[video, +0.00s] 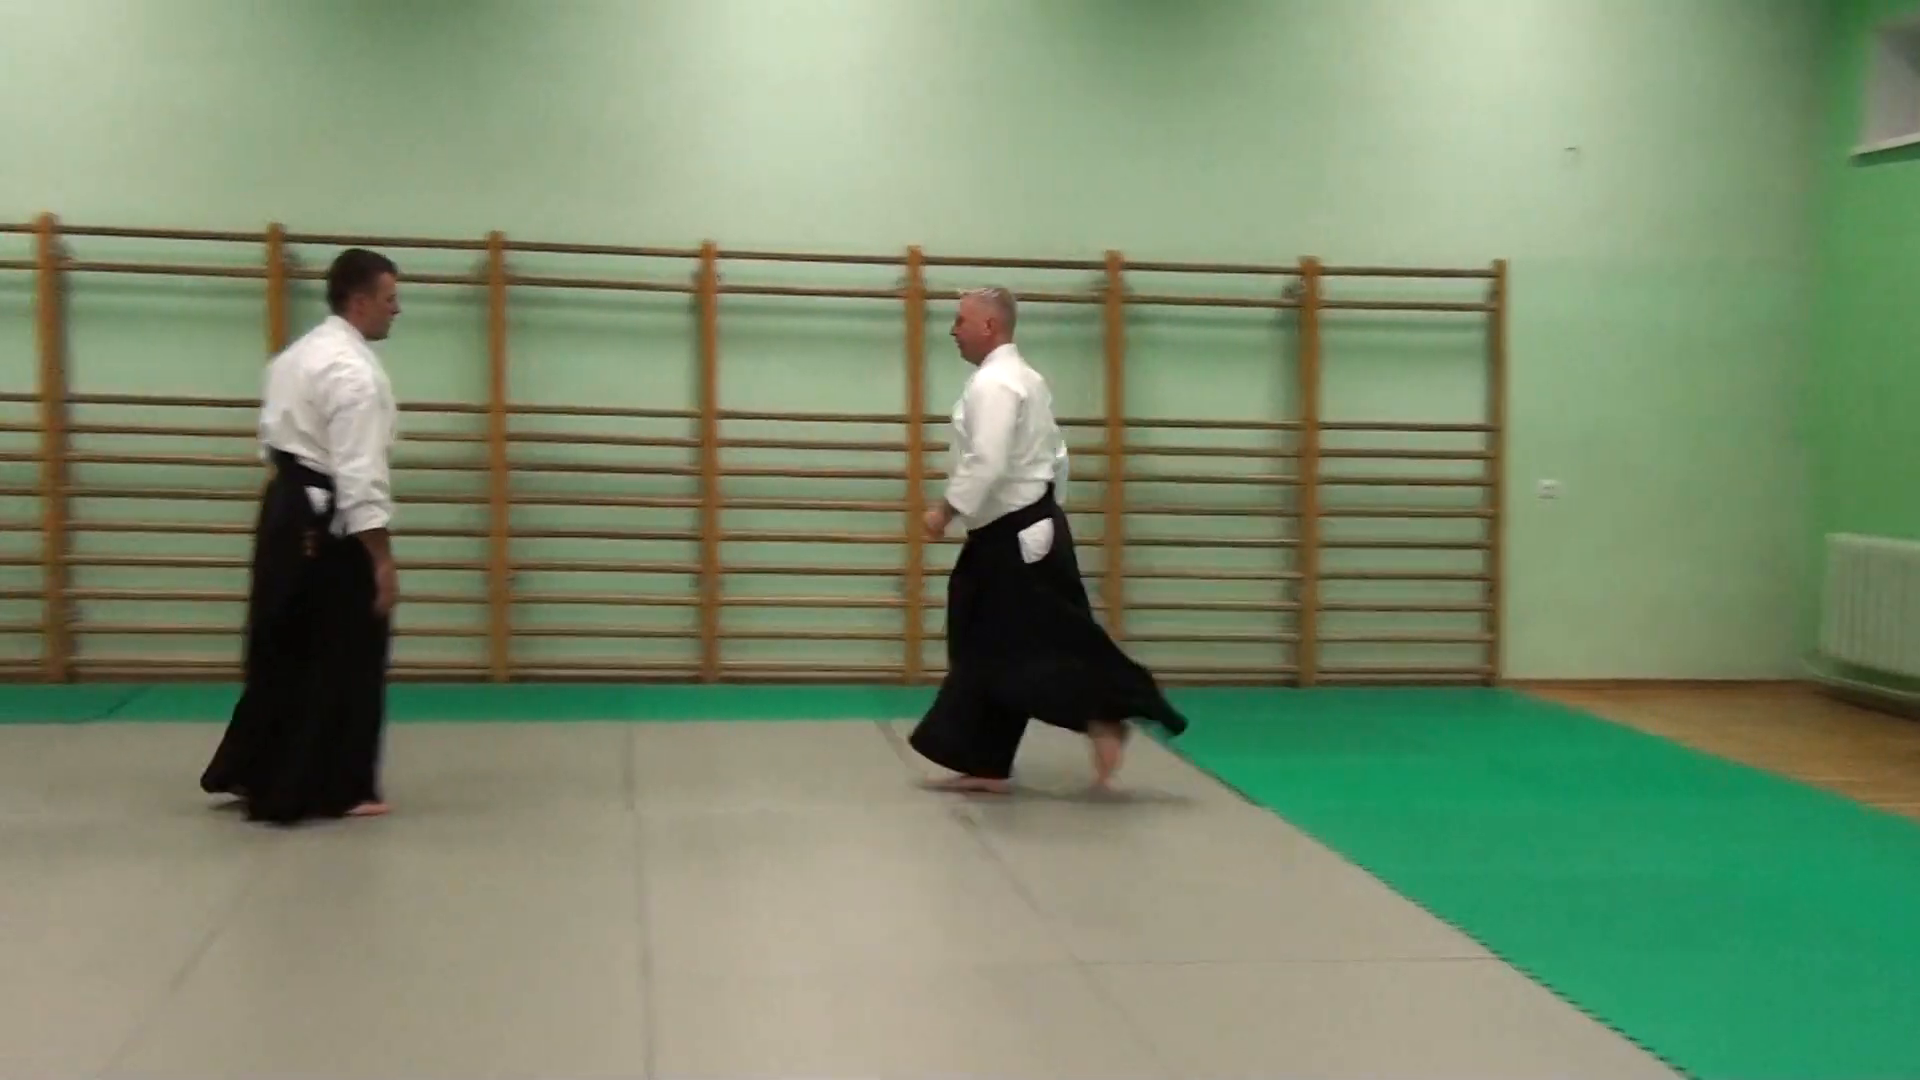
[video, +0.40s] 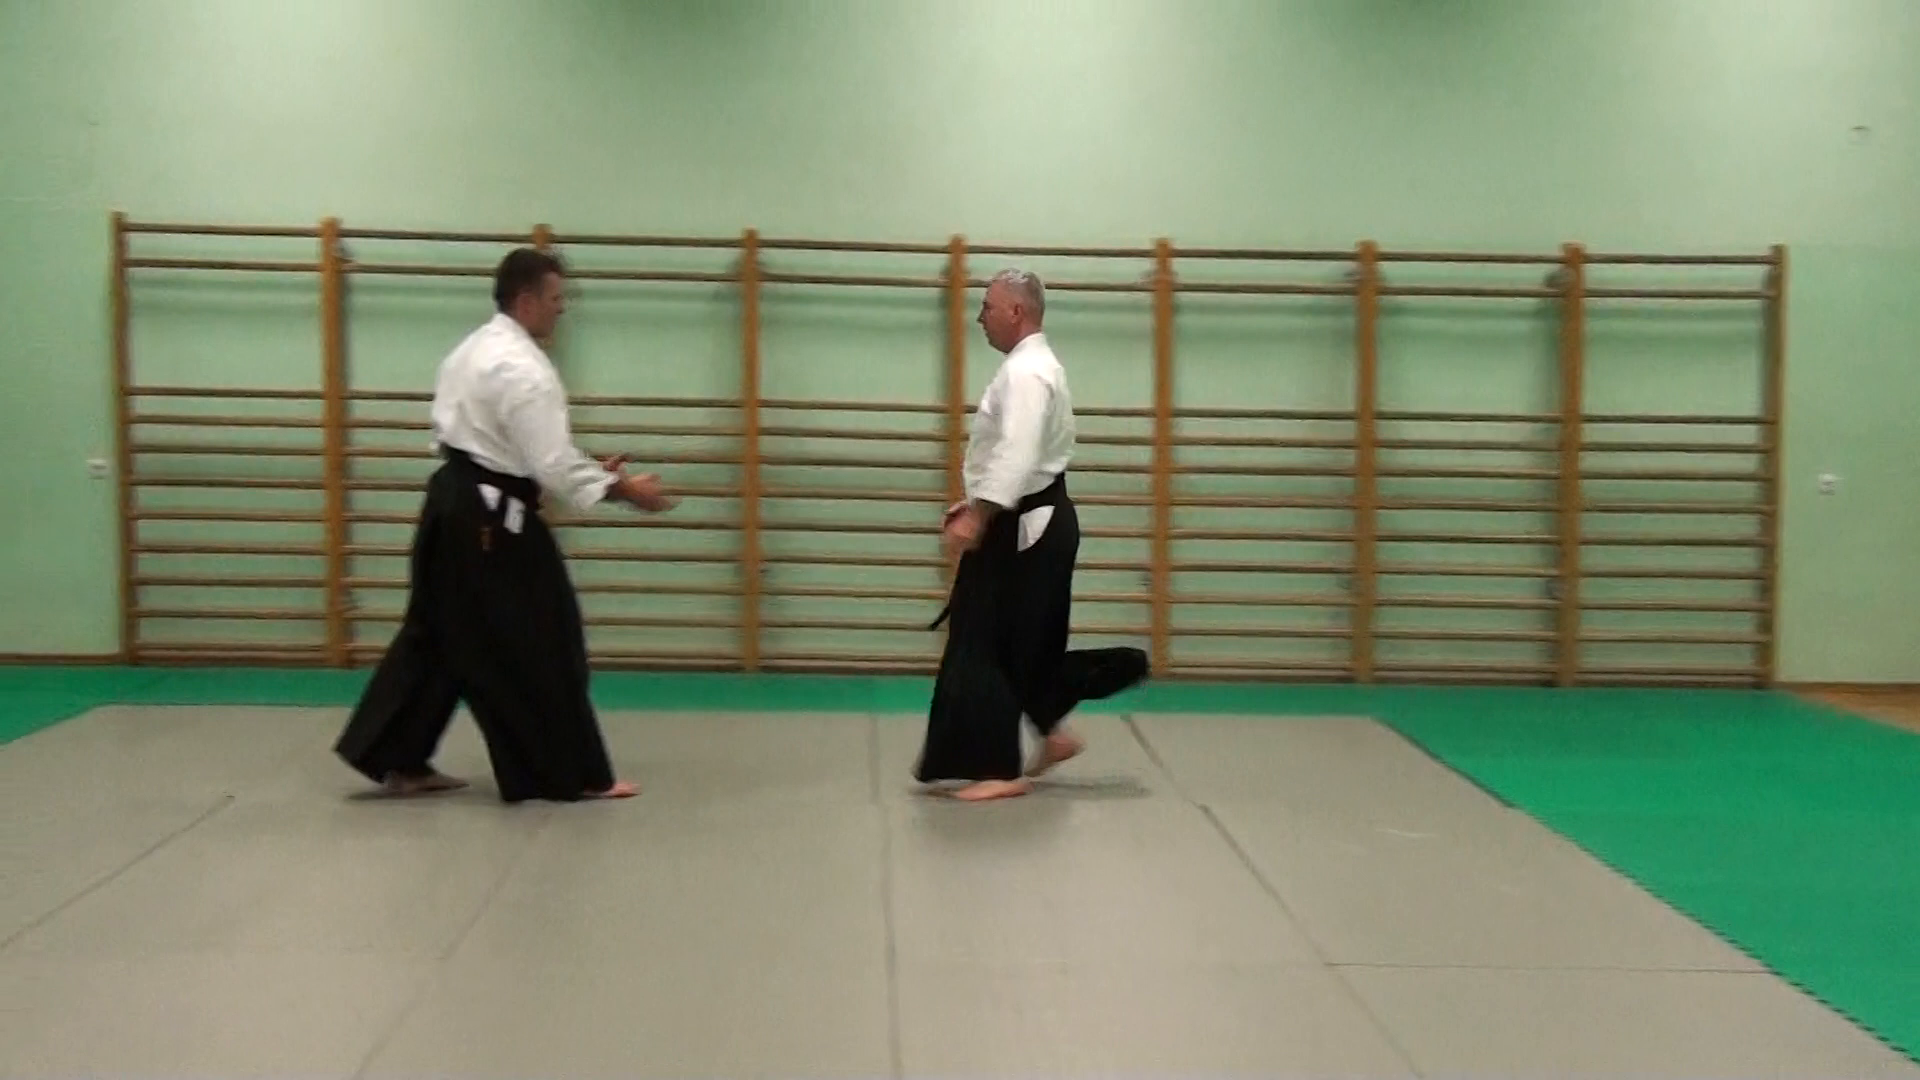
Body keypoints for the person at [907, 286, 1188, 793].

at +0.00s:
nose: (954, 330)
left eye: (960, 321)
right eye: (956, 321)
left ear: (988, 325)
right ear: (995, 326)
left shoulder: (992, 384)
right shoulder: (1026, 377)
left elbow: (986, 461)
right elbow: (1056, 454)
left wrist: (947, 508)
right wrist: (1048, 509)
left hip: (1006, 535)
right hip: (1037, 526)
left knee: (992, 645)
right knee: (1040, 641)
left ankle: (985, 765)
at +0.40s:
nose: (981, 318)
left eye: (987, 308)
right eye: (983, 308)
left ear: (1015, 312)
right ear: (1023, 313)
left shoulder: (1025, 371)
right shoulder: (1037, 363)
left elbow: (1017, 453)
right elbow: (1015, 449)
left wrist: (979, 512)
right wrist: (976, 499)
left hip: (1022, 521)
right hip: (1039, 514)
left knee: (979, 637)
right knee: (1017, 629)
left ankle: (999, 771)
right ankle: (1053, 731)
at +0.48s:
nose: (985, 314)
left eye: (991, 305)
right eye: (985, 305)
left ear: (1019, 307)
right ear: (1024, 308)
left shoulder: (1027, 366)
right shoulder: (1039, 359)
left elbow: (994, 440)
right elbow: (1003, 443)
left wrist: (942, 498)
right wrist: (960, 498)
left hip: (1029, 522)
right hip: (1026, 516)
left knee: (991, 637)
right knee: (969, 631)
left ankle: (1037, 767)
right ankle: (984, 755)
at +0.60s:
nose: (979, 317)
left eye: (985, 307)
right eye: (981, 308)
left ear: (1012, 310)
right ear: (1021, 311)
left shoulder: (1015, 368)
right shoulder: (1040, 365)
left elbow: (960, 433)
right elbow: (1007, 453)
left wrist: (884, 459)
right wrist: (939, 480)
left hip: (1004, 524)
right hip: (1017, 518)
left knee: (960, 637)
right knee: (961, 637)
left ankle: (1053, 741)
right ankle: (925, 755)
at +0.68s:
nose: (976, 321)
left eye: (982, 311)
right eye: (978, 311)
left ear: (1008, 315)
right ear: (1015, 316)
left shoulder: (1009, 375)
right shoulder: (1030, 370)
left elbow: (941, 430)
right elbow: (966, 441)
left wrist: (855, 444)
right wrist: (905, 463)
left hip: (1001, 527)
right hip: (1014, 522)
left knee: (937, 622)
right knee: (960, 628)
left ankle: (1009, 730)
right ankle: (940, 757)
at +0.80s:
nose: (966, 316)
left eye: (972, 306)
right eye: (968, 306)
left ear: (998, 311)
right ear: (1007, 312)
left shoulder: (998, 370)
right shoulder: (1019, 366)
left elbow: (925, 418)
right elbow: (940, 431)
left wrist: (843, 427)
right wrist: (865, 443)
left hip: (994, 525)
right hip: (1014, 522)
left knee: (912, 622)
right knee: (974, 643)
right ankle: (973, 761)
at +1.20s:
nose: (973, 300)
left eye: (979, 290)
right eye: (974, 290)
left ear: (1006, 293)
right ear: (1015, 294)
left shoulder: (1005, 353)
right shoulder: (1042, 344)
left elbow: (959, 431)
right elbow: (982, 406)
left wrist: (910, 459)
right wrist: (927, 423)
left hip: (1012, 508)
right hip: (1048, 499)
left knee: (973, 627)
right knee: (1031, 628)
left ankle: (982, 758)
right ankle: (1042, 749)